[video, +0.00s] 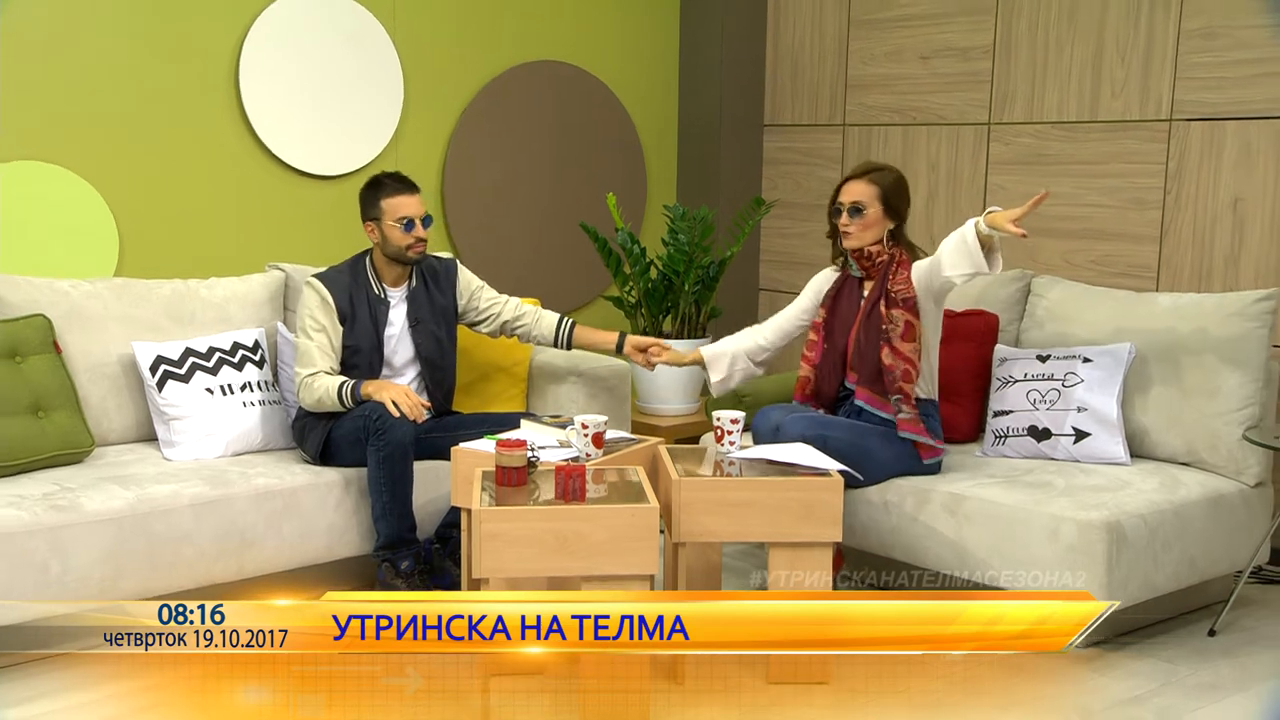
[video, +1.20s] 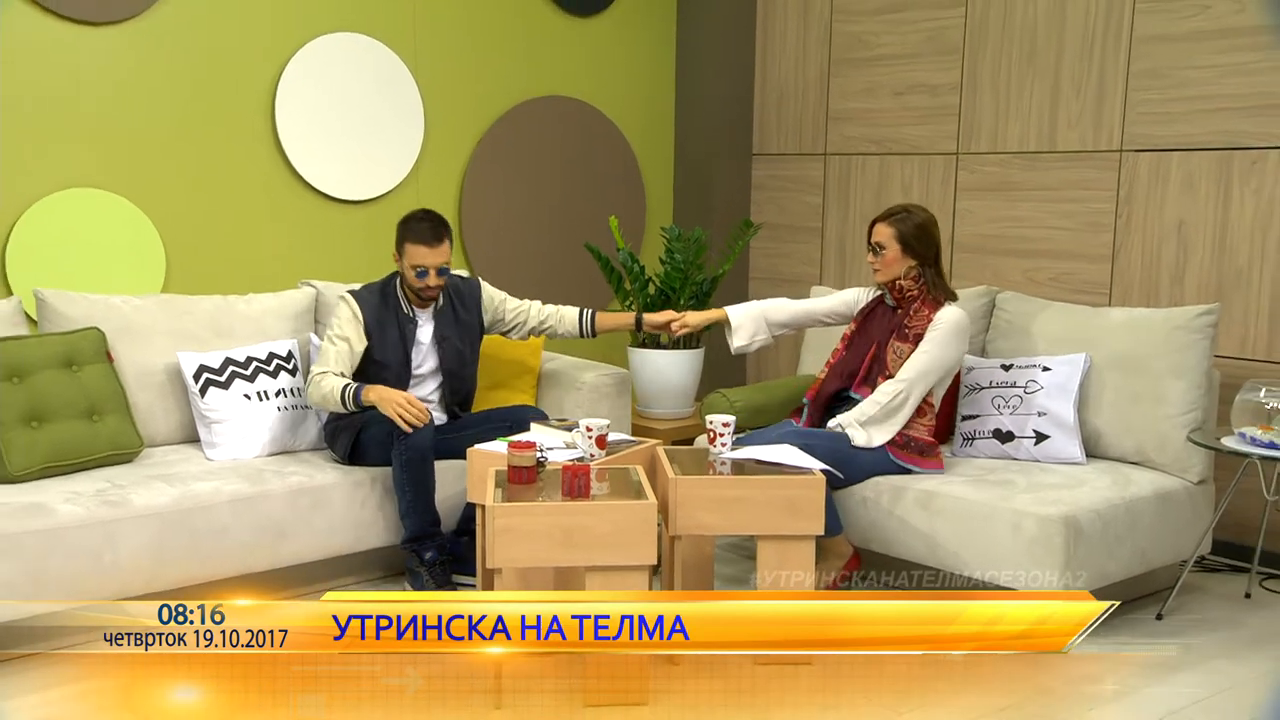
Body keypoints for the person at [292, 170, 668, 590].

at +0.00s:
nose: (419, 233)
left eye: (423, 221)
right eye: (405, 225)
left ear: (427, 220)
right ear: (372, 230)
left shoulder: (445, 275)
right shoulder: (327, 290)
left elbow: (519, 319)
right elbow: (311, 386)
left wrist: (621, 342)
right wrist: (369, 388)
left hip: (424, 421)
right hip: (339, 427)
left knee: (524, 430)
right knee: (393, 416)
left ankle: (445, 551)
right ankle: (397, 558)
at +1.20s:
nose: (431, 281)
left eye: (441, 270)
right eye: (420, 271)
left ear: (450, 259)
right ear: (398, 260)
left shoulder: (470, 295)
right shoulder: (361, 307)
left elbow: (544, 318)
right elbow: (318, 387)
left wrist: (638, 320)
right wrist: (371, 394)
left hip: (440, 426)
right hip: (367, 428)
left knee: (527, 420)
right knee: (411, 427)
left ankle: (464, 548)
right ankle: (425, 557)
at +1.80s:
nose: (456, 305)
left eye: (465, 296)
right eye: (446, 297)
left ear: (474, 280)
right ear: (422, 280)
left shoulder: (486, 303)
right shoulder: (379, 314)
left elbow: (555, 323)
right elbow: (339, 392)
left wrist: (644, 326)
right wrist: (382, 389)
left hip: (449, 427)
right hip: (378, 430)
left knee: (541, 421)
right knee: (426, 414)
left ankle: (471, 540)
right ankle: (435, 551)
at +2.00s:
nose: (458, 306)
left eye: (467, 296)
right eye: (448, 297)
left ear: (476, 282)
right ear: (425, 280)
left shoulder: (487, 303)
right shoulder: (383, 314)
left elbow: (553, 323)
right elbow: (343, 391)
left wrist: (644, 327)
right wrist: (383, 387)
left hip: (453, 425)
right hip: (380, 428)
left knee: (541, 419)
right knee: (437, 410)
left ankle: (473, 537)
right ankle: (433, 549)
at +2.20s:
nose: (461, 302)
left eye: (470, 292)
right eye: (451, 293)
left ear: (478, 280)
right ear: (428, 280)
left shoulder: (489, 304)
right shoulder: (386, 315)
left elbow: (555, 325)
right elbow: (347, 390)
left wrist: (644, 328)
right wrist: (385, 386)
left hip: (456, 423)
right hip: (385, 426)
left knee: (544, 420)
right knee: (441, 410)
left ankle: (476, 533)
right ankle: (436, 547)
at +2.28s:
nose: (463, 295)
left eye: (470, 284)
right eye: (452, 286)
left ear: (477, 274)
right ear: (427, 277)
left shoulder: (490, 305)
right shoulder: (386, 316)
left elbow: (557, 325)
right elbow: (349, 391)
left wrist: (644, 329)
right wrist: (386, 387)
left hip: (457, 424)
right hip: (386, 427)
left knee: (544, 420)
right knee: (441, 409)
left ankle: (475, 533)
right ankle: (437, 546)